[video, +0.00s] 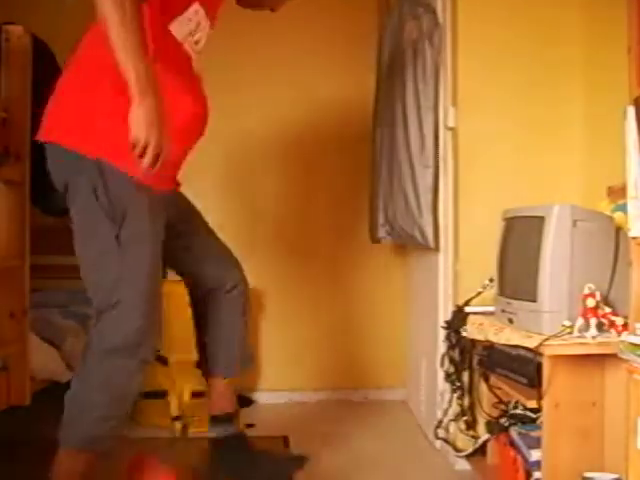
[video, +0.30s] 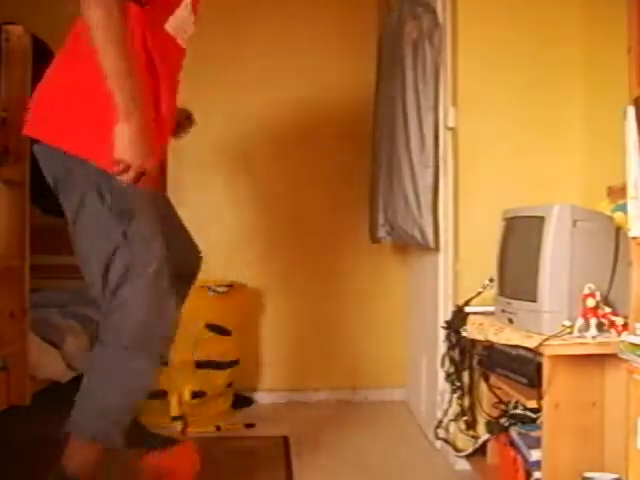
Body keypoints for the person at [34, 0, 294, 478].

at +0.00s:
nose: (274, 7)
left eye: (276, 5)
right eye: (274, 2)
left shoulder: (199, 10)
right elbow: (113, 2)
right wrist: (144, 94)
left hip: (143, 161)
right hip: (102, 146)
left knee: (222, 280)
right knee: (126, 326)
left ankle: (226, 438)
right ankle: (68, 470)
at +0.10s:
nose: (263, 14)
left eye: (269, 8)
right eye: (269, 5)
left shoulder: (185, 12)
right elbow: (91, 6)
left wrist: (137, 150)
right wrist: (117, 142)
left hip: (126, 161)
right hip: (88, 154)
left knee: (208, 268)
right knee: (149, 328)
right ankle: (79, 466)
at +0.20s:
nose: (249, 5)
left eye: (250, 5)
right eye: (249, 2)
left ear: (232, 1)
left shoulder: (186, 12)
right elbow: (69, 6)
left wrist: (157, 155)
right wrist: (97, 133)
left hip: (121, 160)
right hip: (88, 156)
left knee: (184, 279)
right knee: (159, 324)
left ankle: (48, 338)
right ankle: (82, 464)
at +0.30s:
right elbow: (102, 6)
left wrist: (158, 106)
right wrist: (132, 116)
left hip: (106, 131)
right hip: (84, 126)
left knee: (178, 260)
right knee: (144, 285)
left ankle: (48, 323)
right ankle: (86, 452)